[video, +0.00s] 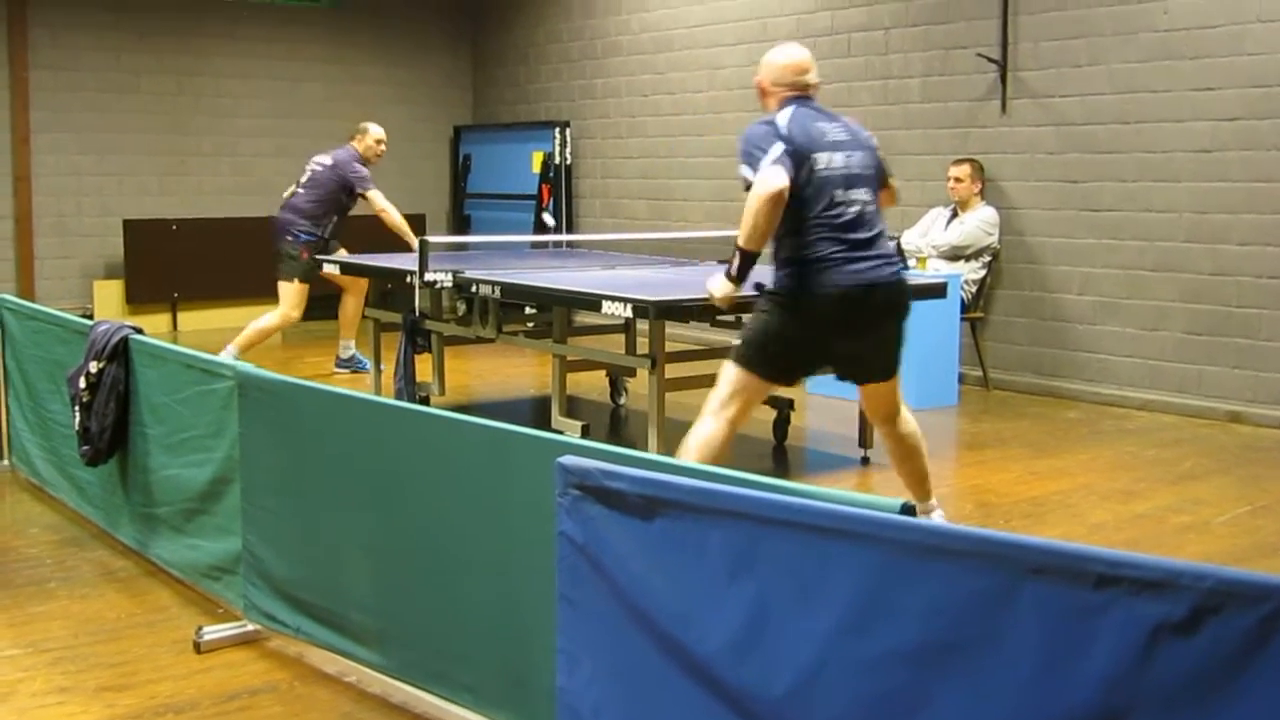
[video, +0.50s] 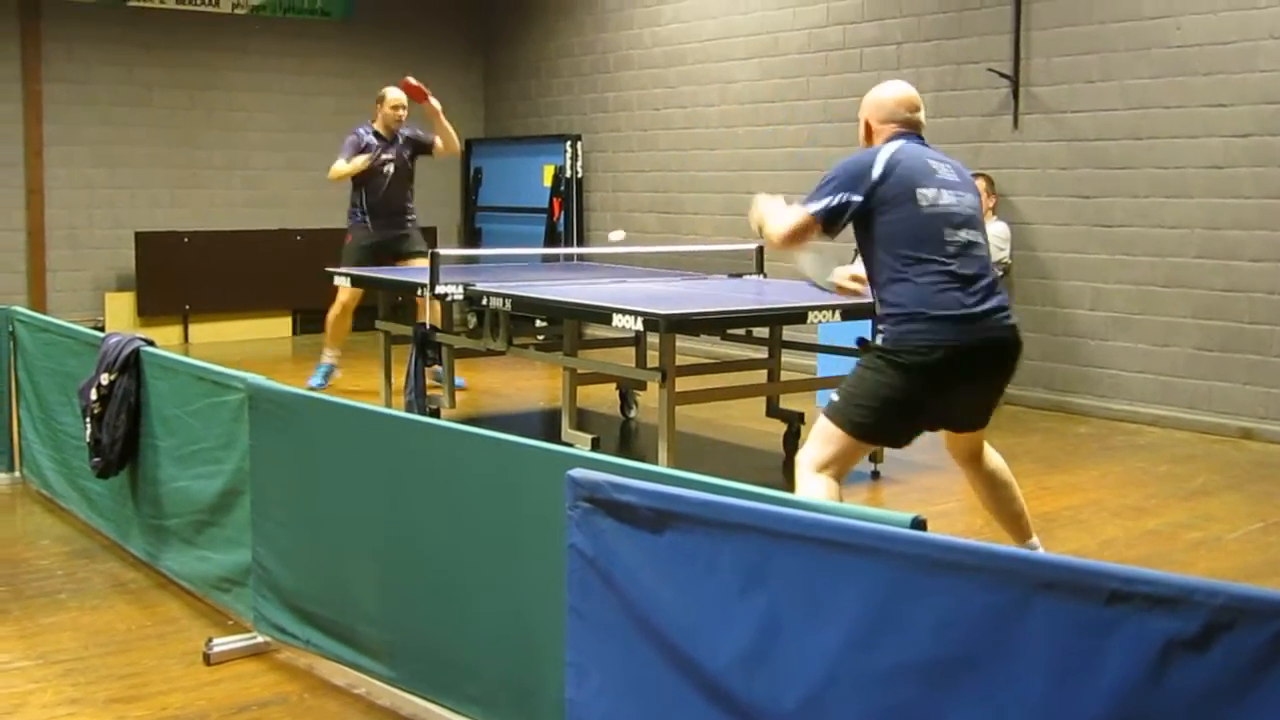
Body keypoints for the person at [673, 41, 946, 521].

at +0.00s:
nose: (757, 91)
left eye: (758, 85)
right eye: (761, 85)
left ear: (764, 87)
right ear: (812, 85)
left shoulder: (766, 131)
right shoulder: (854, 130)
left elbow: (773, 188)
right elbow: (887, 193)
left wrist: (734, 277)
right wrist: (833, 203)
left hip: (812, 291)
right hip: (883, 286)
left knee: (723, 410)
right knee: (891, 412)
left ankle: (666, 512)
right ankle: (929, 513)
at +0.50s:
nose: (861, 135)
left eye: (862, 127)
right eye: (862, 128)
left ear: (870, 126)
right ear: (919, 123)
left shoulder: (872, 163)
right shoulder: (960, 173)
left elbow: (785, 235)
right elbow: (960, 261)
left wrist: (767, 207)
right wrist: (877, 282)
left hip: (917, 343)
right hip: (995, 338)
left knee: (818, 464)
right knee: (969, 446)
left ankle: (824, 578)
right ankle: (1033, 552)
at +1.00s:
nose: (798, 132)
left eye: (803, 114)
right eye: (790, 121)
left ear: (839, 92)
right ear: (837, 98)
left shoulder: (890, 128)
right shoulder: (866, 148)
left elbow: (981, 194)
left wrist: (954, 304)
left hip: (973, 312)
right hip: (993, 310)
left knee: (891, 471)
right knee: (980, 455)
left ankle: (923, 611)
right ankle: (1044, 571)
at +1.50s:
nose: (970, 35)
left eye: (982, 20)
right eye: (955, 21)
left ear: (998, 17)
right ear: (920, 18)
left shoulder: (1035, 91)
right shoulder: (882, 105)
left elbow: (1090, 191)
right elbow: (843, 210)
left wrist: (1093, 297)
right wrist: (799, 309)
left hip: (1009, 322)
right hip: (915, 321)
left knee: (990, 486)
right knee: (909, 483)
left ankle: (991, 628)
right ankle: (922, 619)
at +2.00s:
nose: (1094, 56)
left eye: (1106, 40)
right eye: (1079, 38)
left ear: (1119, 29)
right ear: (1033, 18)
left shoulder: (1117, 100)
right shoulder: (958, 97)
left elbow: (1139, 218)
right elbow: (878, 212)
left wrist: (1157, 328)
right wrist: (905, 328)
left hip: (1073, 344)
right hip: (979, 342)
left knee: (1023, 538)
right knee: (1007, 541)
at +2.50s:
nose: (1261, 19)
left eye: (1263, 7)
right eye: (1252, 4)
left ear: (1211, 7)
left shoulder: (1218, 84)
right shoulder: (1078, 68)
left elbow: (1227, 210)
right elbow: (1003, 218)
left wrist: (1276, 265)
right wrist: (1017, 382)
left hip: (1215, 373)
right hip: (1099, 380)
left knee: (1262, 604)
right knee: (1090, 611)